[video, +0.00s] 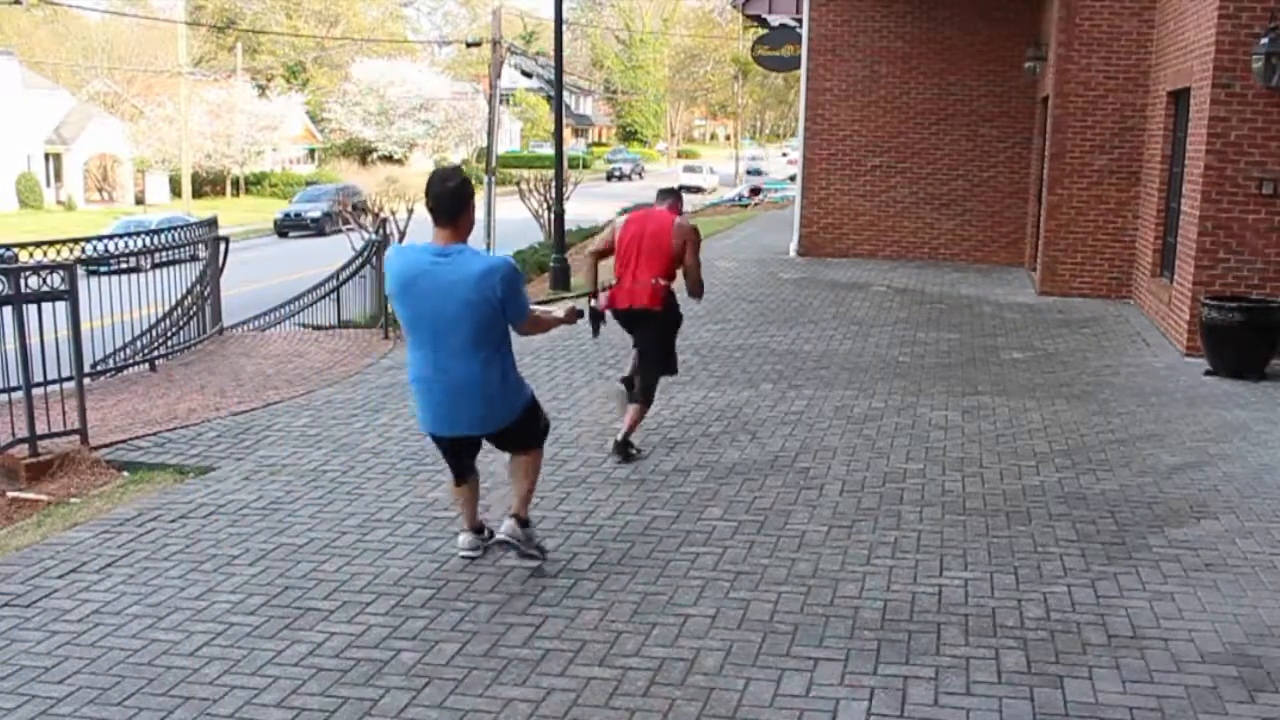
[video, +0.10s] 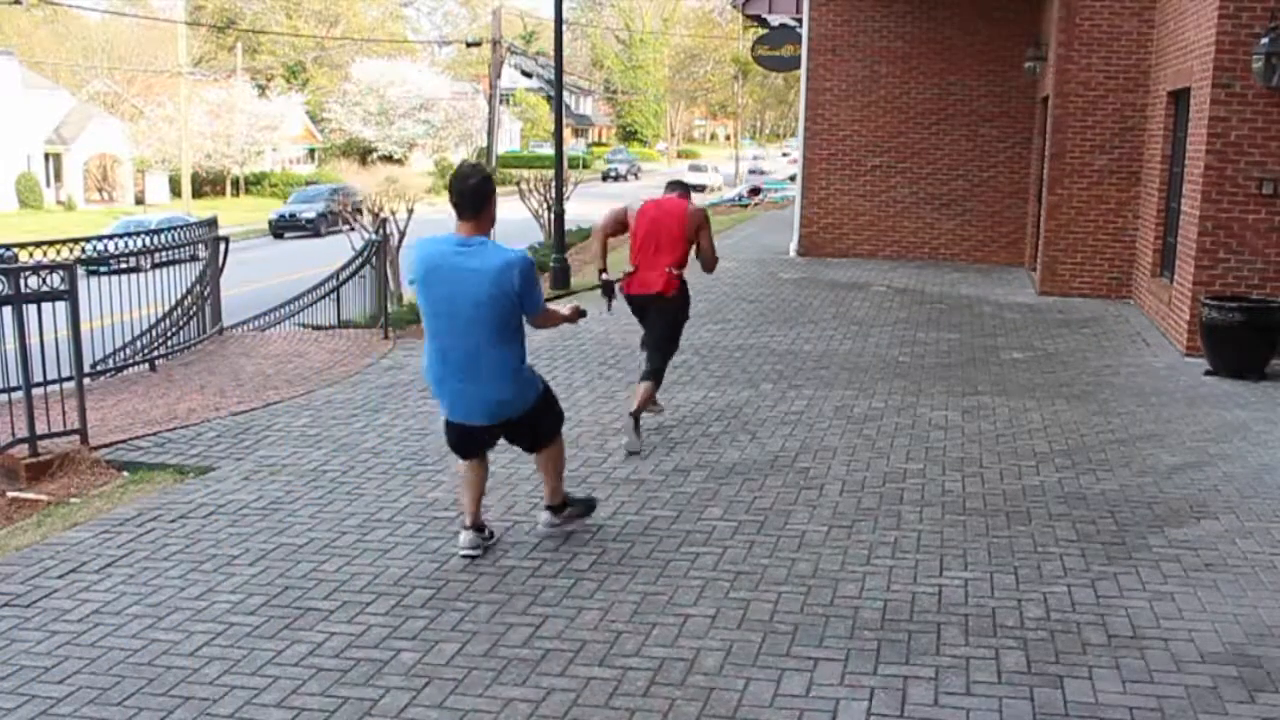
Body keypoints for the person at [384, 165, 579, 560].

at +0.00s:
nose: (473, 212)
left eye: (469, 206)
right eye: (473, 206)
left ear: (429, 210)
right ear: (470, 212)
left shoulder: (398, 264)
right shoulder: (496, 271)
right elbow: (525, 323)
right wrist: (561, 319)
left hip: (436, 408)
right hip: (494, 402)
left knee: (461, 468)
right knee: (531, 435)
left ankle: (471, 531)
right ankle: (518, 520)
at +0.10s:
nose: (495, 207)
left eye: (491, 201)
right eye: (494, 201)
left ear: (452, 206)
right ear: (492, 205)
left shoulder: (421, 257)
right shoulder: (514, 264)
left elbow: (429, 308)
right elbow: (538, 316)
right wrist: (566, 317)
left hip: (455, 398)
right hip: (510, 393)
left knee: (472, 455)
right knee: (548, 433)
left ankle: (471, 529)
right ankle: (556, 504)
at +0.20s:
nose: (521, 200)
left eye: (518, 195)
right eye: (520, 195)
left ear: (479, 199)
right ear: (518, 200)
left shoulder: (451, 240)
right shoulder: (539, 255)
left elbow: (448, 278)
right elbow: (556, 303)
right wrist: (577, 299)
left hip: (475, 380)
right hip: (529, 379)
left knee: (483, 443)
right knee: (557, 434)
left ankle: (474, 508)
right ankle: (575, 493)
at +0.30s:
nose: (545, 200)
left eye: (539, 195)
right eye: (544, 195)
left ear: (504, 199)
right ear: (541, 200)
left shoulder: (476, 241)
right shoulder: (563, 252)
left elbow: (480, 281)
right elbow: (577, 297)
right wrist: (594, 288)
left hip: (498, 366)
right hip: (550, 370)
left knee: (508, 409)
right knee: (574, 432)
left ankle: (492, 469)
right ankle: (576, 491)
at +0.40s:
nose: (563, 191)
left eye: (560, 186)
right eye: (561, 186)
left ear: (520, 192)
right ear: (554, 192)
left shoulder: (494, 234)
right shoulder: (578, 240)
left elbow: (501, 278)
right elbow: (598, 286)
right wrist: (618, 284)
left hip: (519, 352)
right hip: (567, 356)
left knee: (531, 402)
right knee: (585, 420)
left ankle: (528, 469)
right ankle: (576, 486)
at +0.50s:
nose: (567, 183)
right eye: (566, 178)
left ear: (531, 185)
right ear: (566, 182)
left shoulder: (508, 225)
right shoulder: (590, 228)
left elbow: (517, 269)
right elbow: (612, 274)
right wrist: (636, 279)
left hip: (536, 344)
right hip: (584, 341)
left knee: (549, 404)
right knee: (598, 396)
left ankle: (556, 456)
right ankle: (589, 447)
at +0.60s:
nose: (579, 188)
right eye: (580, 183)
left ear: (548, 189)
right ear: (581, 187)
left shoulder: (527, 228)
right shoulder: (601, 232)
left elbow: (528, 267)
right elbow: (621, 279)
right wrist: (647, 279)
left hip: (551, 338)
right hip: (596, 335)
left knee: (562, 398)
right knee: (620, 377)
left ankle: (561, 453)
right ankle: (615, 441)